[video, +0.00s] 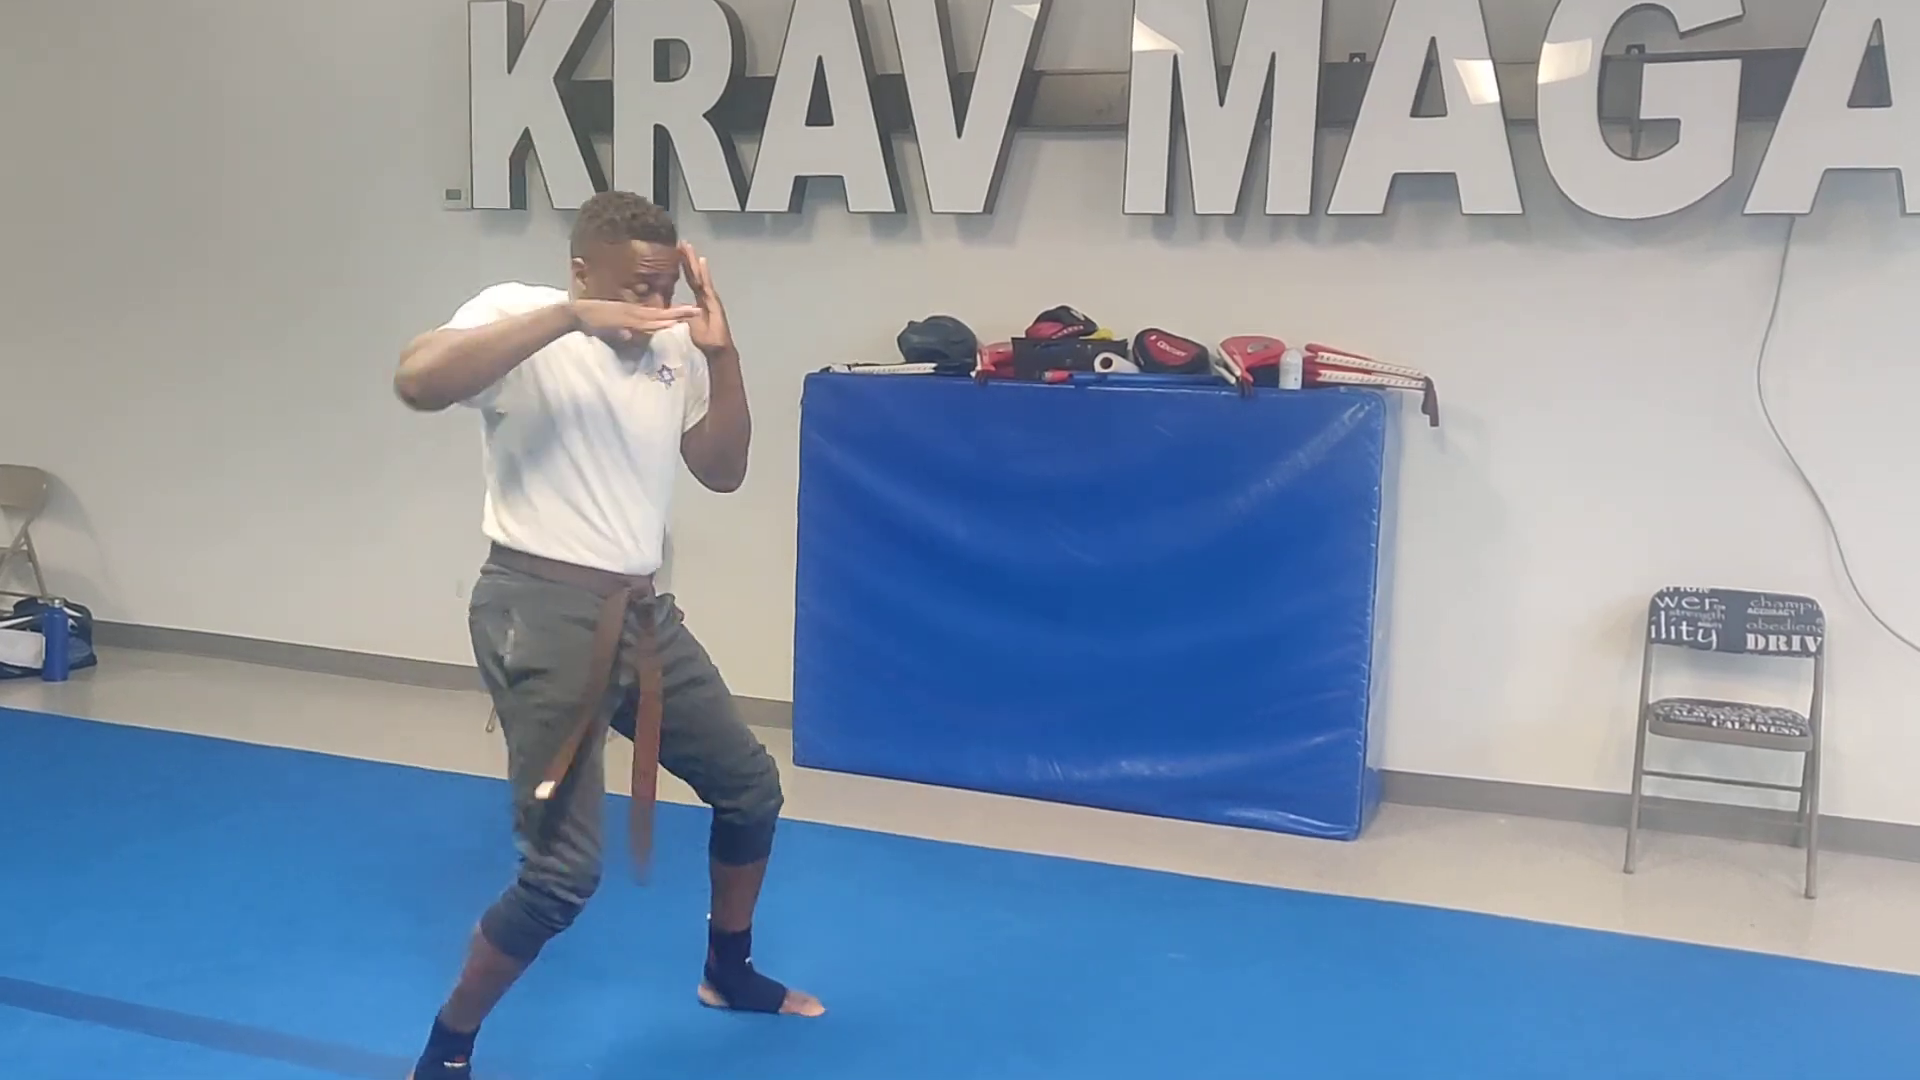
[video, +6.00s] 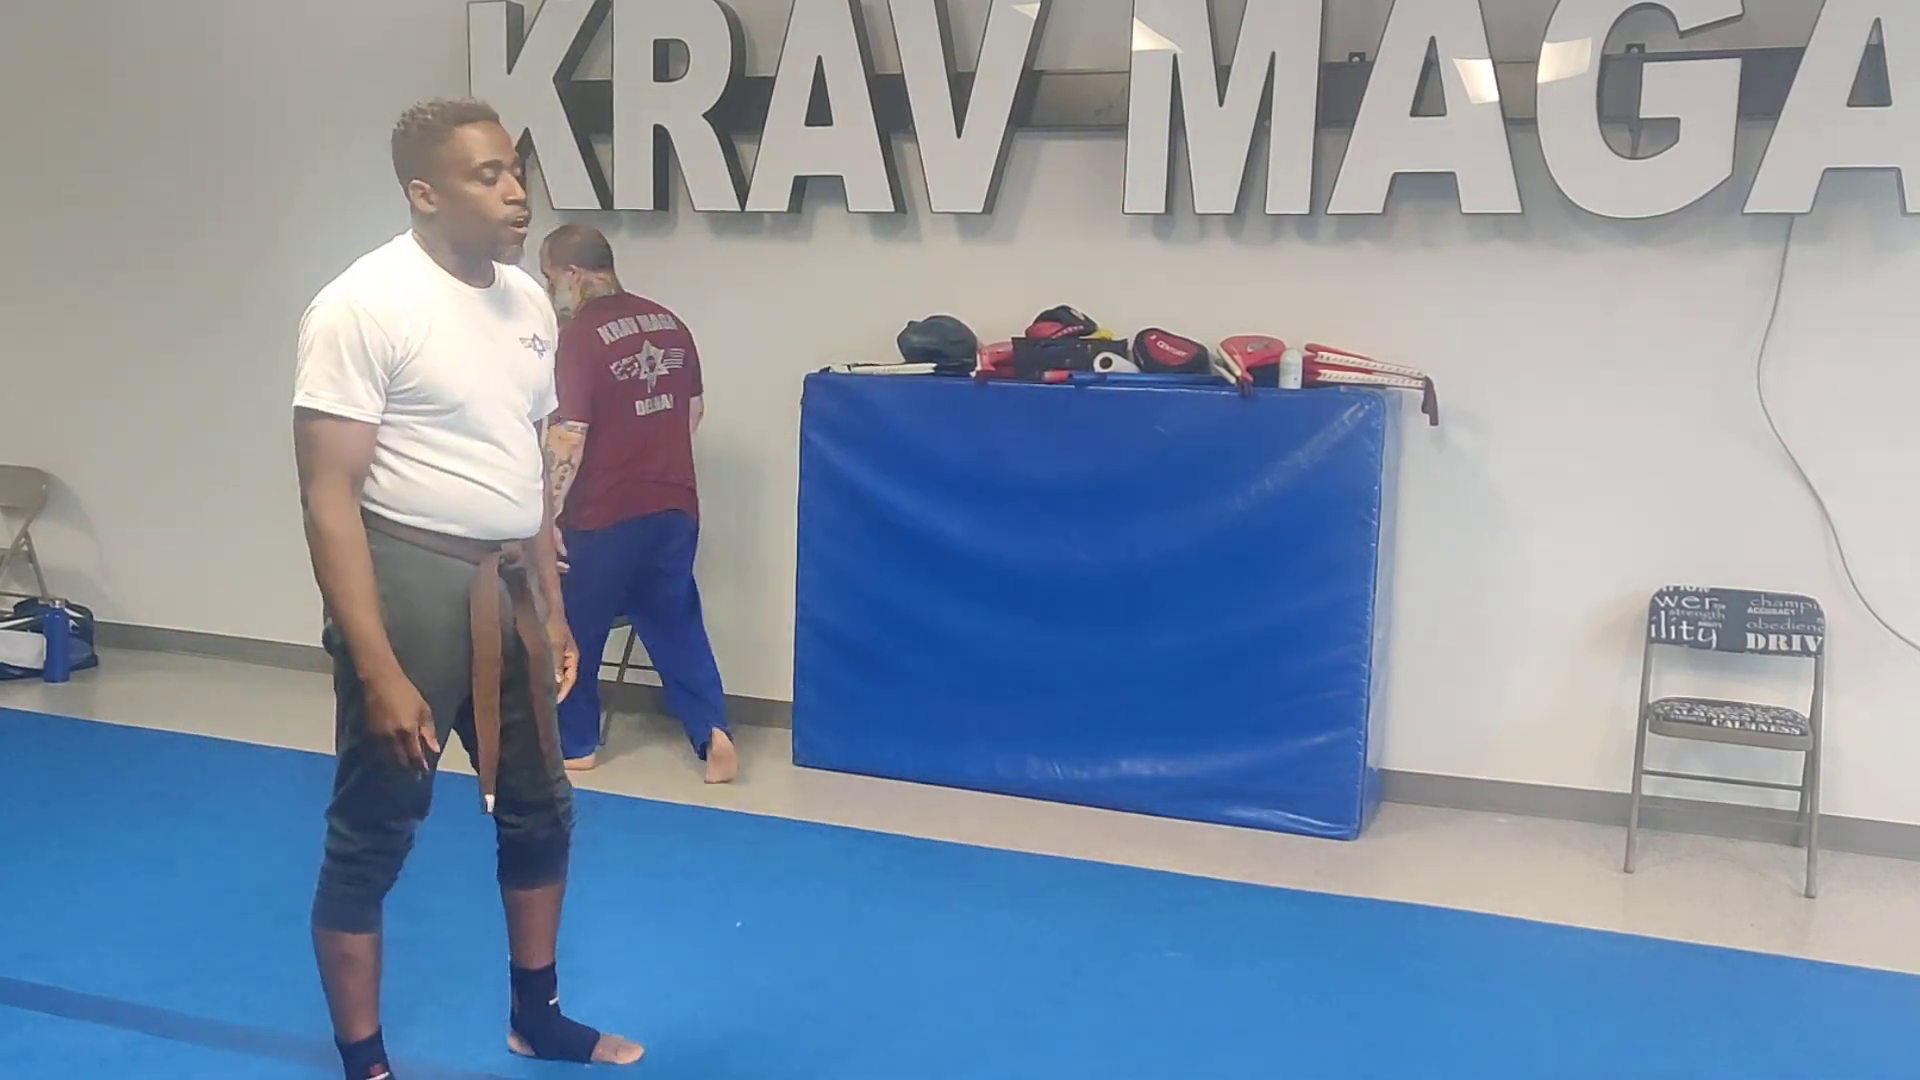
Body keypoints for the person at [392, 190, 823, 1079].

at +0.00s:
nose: (656, 298)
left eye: (664, 282)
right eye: (641, 281)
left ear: (674, 278)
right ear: (586, 269)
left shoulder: (673, 349)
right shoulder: (519, 312)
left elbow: (723, 468)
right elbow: (418, 379)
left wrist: (723, 356)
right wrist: (572, 314)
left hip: (640, 608)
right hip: (541, 606)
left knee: (749, 789)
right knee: (562, 871)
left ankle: (731, 971)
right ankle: (443, 1057)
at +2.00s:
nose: (902, 316)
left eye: (915, 299)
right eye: (885, 299)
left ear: (929, 290)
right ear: (847, 284)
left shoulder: (947, 353)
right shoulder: (787, 359)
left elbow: (1005, 479)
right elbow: (787, 502)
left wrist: (997, 389)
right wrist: (873, 411)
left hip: (905, 587)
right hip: (799, 580)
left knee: (986, 786)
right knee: (726, 788)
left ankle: (995, 958)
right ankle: (646, 911)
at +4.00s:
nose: (388, 178)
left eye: (402, 159)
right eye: (362, 163)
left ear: (421, 174)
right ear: (322, 183)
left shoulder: (475, 296)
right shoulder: (269, 311)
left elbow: (511, 444)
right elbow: (208, 478)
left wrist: (572, 564)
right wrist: (192, 648)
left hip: (467, 569)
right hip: (341, 571)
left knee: (475, 804)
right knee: (315, 817)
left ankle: (472, 973)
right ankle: (319, 1047)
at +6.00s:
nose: (518, 190)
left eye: (518, 171)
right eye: (490, 175)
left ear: (517, 180)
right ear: (423, 195)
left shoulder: (529, 302)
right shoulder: (358, 307)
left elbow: (534, 473)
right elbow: (329, 497)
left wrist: (550, 614)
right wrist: (378, 669)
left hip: (512, 574)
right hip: (401, 568)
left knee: (539, 800)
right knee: (375, 822)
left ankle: (537, 1014)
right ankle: (363, 1061)